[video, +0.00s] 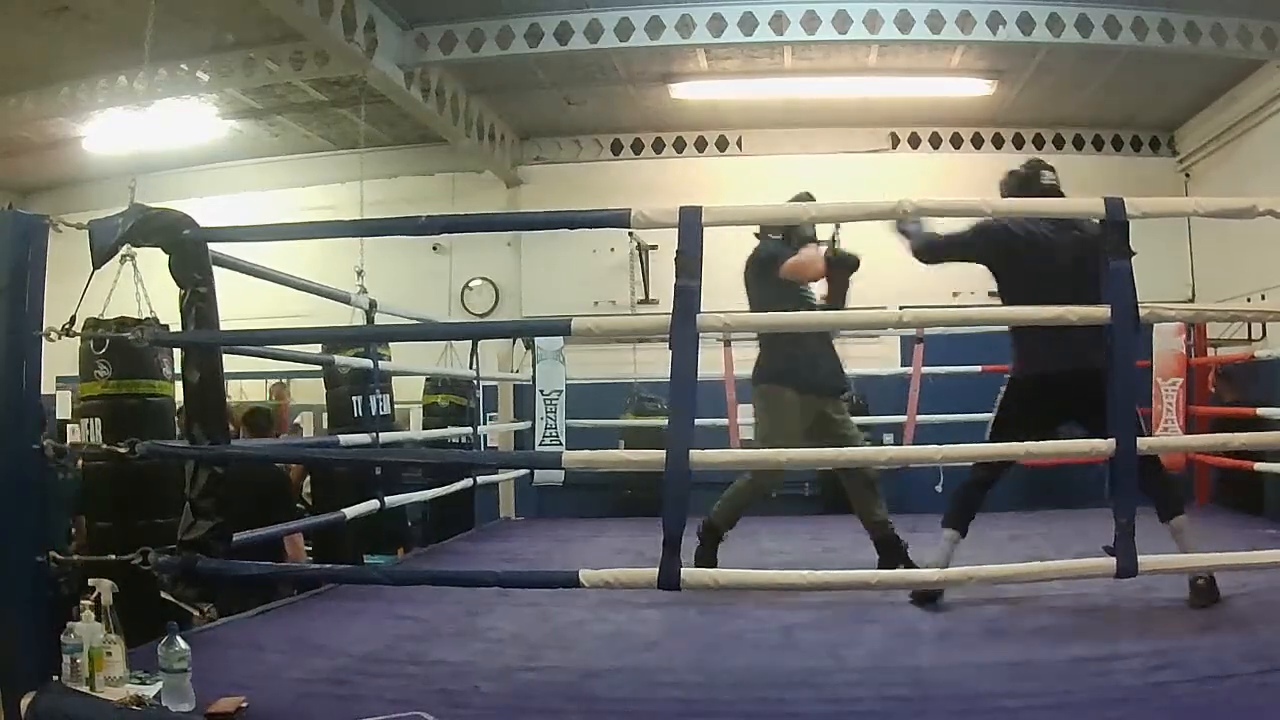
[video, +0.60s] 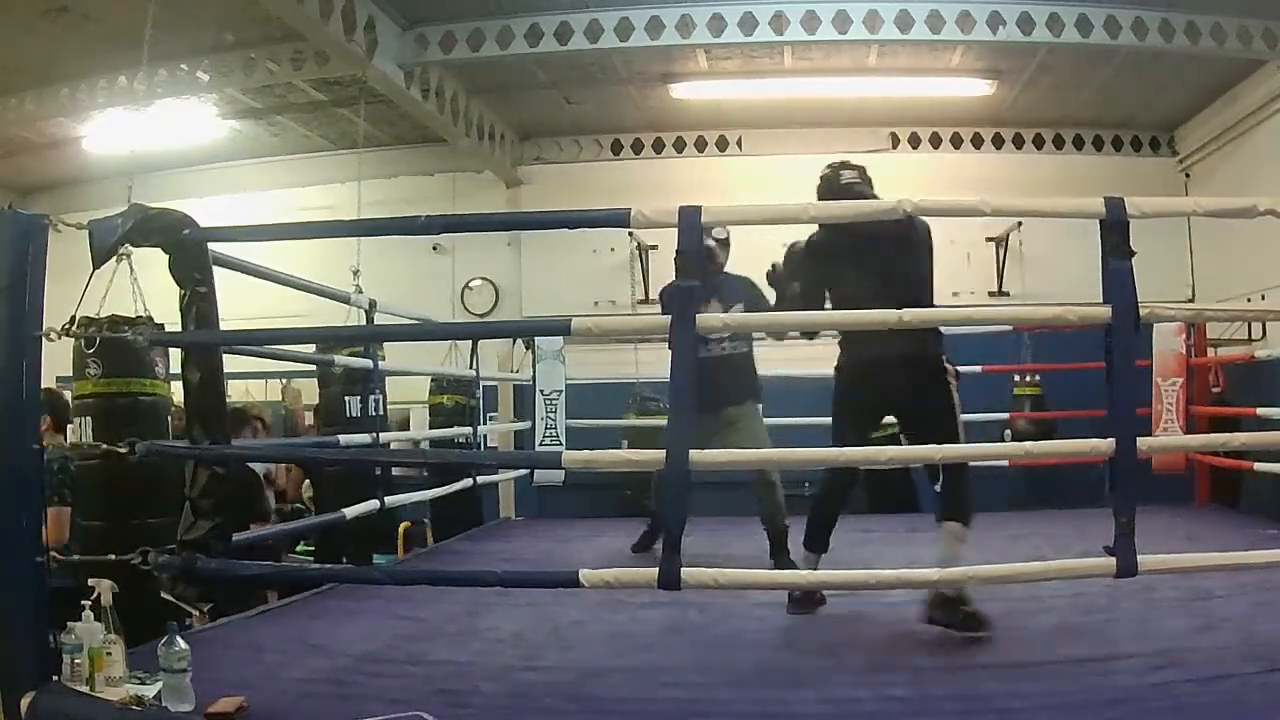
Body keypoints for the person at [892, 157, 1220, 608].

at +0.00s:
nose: (1001, 206)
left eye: (1003, 200)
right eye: (1004, 201)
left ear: (1011, 200)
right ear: (1057, 196)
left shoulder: (999, 233)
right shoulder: (1091, 232)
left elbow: (929, 251)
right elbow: (1127, 243)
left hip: (1035, 382)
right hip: (1096, 379)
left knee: (986, 469)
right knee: (1145, 461)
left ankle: (935, 572)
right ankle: (1198, 569)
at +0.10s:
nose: (973, 200)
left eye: (974, 192)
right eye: (975, 192)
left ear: (984, 193)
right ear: (1027, 185)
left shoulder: (965, 226)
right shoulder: (1061, 224)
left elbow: (892, 242)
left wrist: (856, 226)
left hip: (1000, 367)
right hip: (1059, 362)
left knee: (971, 465)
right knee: (1114, 454)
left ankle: (933, 579)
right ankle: (1163, 567)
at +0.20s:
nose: (943, 188)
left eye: (945, 180)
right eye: (943, 181)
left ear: (955, 176)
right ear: (993, 170)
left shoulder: (947, 207)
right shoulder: (1036, 209)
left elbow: (899, 275)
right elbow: (1045, 284)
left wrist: (883, 260)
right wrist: (1006, 298)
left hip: (968, 352)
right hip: (1030, 350)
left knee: (937, 449)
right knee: (1066, 451)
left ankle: (907, 563)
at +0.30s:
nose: (920, 192)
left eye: (922, 184)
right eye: (922, 184)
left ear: (932, 183)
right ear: (974, 173)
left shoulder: (922, 223)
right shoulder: (1013, 216)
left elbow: (917, 296)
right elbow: (1010, 290)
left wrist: (894, 299)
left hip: (943, 362)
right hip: (1000, 361)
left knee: (905, 459)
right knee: (1021, 472)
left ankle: (847, 562)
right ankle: (1029, 599)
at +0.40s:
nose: (894, 203)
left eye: (894, 195)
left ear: (899, 195)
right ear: (947, 188)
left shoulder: (888, 238)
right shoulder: (981, 231)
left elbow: (885, 313)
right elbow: (982, 294)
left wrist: (863, 337)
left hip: (914, 379)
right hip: (973, 378)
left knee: (873, 472)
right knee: (1011, 482)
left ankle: (810, 577)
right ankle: (1032, 603)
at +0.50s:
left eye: (859, 200)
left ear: (856, 201)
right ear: (906, 194)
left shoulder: (847, 241)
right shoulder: (942, 229)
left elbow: (833, 313)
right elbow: (950, 297)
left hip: (885, 372)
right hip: (945, 369)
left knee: (854, 472)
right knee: (979, 475)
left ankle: (805, 582)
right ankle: (1011, 604)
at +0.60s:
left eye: (826, 201)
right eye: (855, 185)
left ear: (823, 203)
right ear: (872, 191)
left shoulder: (817, 247)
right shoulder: (914, 229)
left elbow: (800, 322)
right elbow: (916, 295)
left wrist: (786, 282)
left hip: (859, 373)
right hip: (920, 369)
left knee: (842, 470)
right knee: (954, 470)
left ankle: (804, 581)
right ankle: (948, 587)